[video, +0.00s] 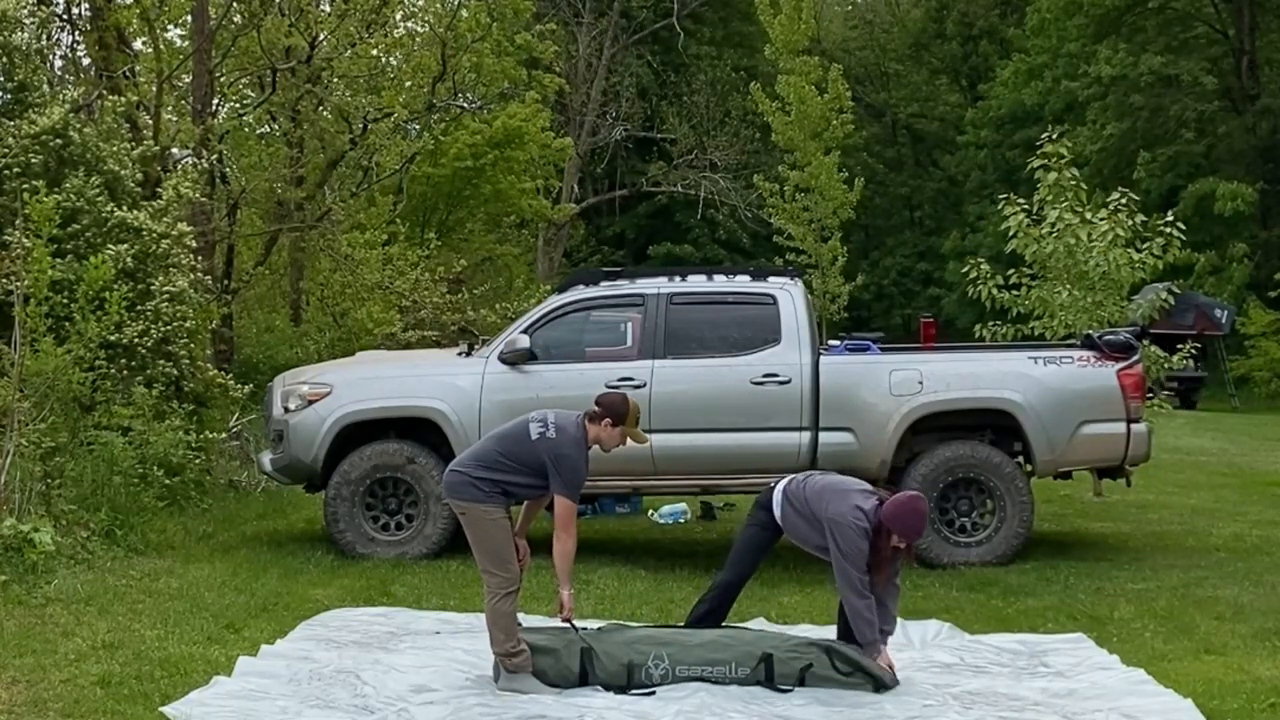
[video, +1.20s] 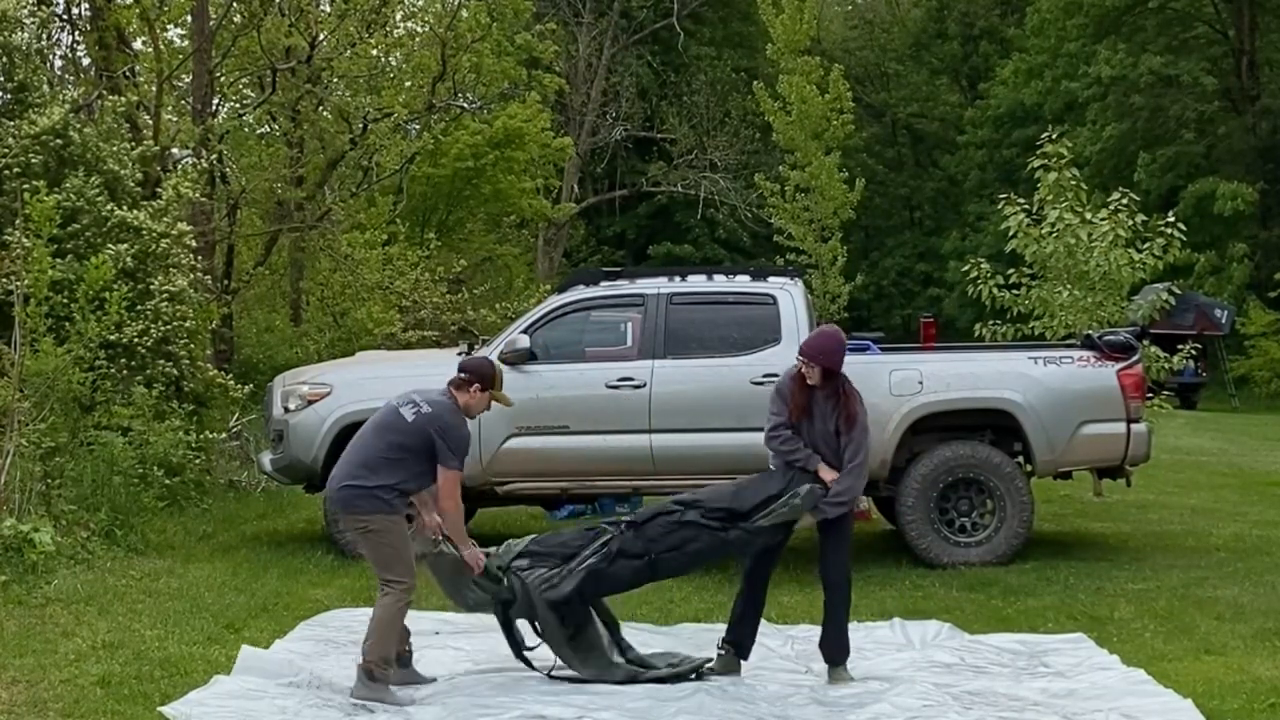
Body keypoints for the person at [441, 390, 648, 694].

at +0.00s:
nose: (624, 441)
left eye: (626, 435)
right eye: (623, 433)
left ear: (602, 420)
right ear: (606, 423)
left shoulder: (569, 427)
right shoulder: (570, 453)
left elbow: (541, 490)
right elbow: (564, 534)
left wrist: (519, 533)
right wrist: (565, 589)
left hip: (480, 486)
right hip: (475, 490)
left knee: (508, 573)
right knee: (502, 579)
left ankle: (506, 663)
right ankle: (513, 671)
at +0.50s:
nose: (622, 442)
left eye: (625, 435)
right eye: (622, 433)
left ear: (601, 421)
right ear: (604, 423)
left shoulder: (566, 431)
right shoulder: (569, 450)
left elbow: (542, 500)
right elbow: (554, 525)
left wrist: (529, 547)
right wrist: (553, 590)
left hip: (476, 486)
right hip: (472, 489)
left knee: (511, 571)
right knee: (506, 576)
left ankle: (498, 661)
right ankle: (513, 670)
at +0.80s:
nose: (589, 456)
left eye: (593, 450)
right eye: (591, 447)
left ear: (568, 431)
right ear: (577, 435)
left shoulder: (531, 441)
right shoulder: (546, 451)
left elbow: (512, 520)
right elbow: (543, 528)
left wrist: (505, 570)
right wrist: (557, 588)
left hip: (434, 494)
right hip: (452, 500)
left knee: (483, 568)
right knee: (505, 580)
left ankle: (472, 653)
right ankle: (514, 673)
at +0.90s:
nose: (555, 430)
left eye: (559, 425)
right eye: (557, 422)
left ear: (535, 409)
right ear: (540, 410)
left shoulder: (494, 426)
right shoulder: (511, 437)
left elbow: (481, 509)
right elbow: (518, 513)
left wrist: (486, 562)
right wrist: (540, 569)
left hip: (409, 497)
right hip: (432, 502)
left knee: (447, 578)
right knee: (478, 584)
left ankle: (404, 657)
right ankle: (513, 673)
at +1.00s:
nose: (518, 416)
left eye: (522, 410)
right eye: (520, 407)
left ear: (495, 394)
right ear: (503, 395)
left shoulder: (450, 407)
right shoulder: (474, 420)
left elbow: (442, 487)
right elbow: (479, 500)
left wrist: (457, 543)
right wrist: (499, 558)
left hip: (370, 484)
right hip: (399, 484)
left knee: (410, 569)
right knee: (460, 552)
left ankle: (398, 665)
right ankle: (469, 649)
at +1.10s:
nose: (501, 404)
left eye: (503, 398)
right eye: (502, 395)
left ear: (474, 383)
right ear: (485, 386)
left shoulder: (433, 398)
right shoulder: (461, 417)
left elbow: (424, 482)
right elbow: (467, 498)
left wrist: (441, 531)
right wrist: (478, 551)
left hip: (357, 484)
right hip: (385, 485)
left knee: (400, 567)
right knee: (443, 553)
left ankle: (397, 665)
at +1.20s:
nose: (488, 406)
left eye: (491, 400)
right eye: (489, 398)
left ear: (461, 385)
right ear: (474, 390)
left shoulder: (422, 400)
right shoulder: (452, 423)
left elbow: (406, 462)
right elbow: (449, 501)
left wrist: (428, 511)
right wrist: (465, 547)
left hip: (348, 493)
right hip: (368, 500)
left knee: (397, 580)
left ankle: (397, 664)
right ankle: (371, 678)